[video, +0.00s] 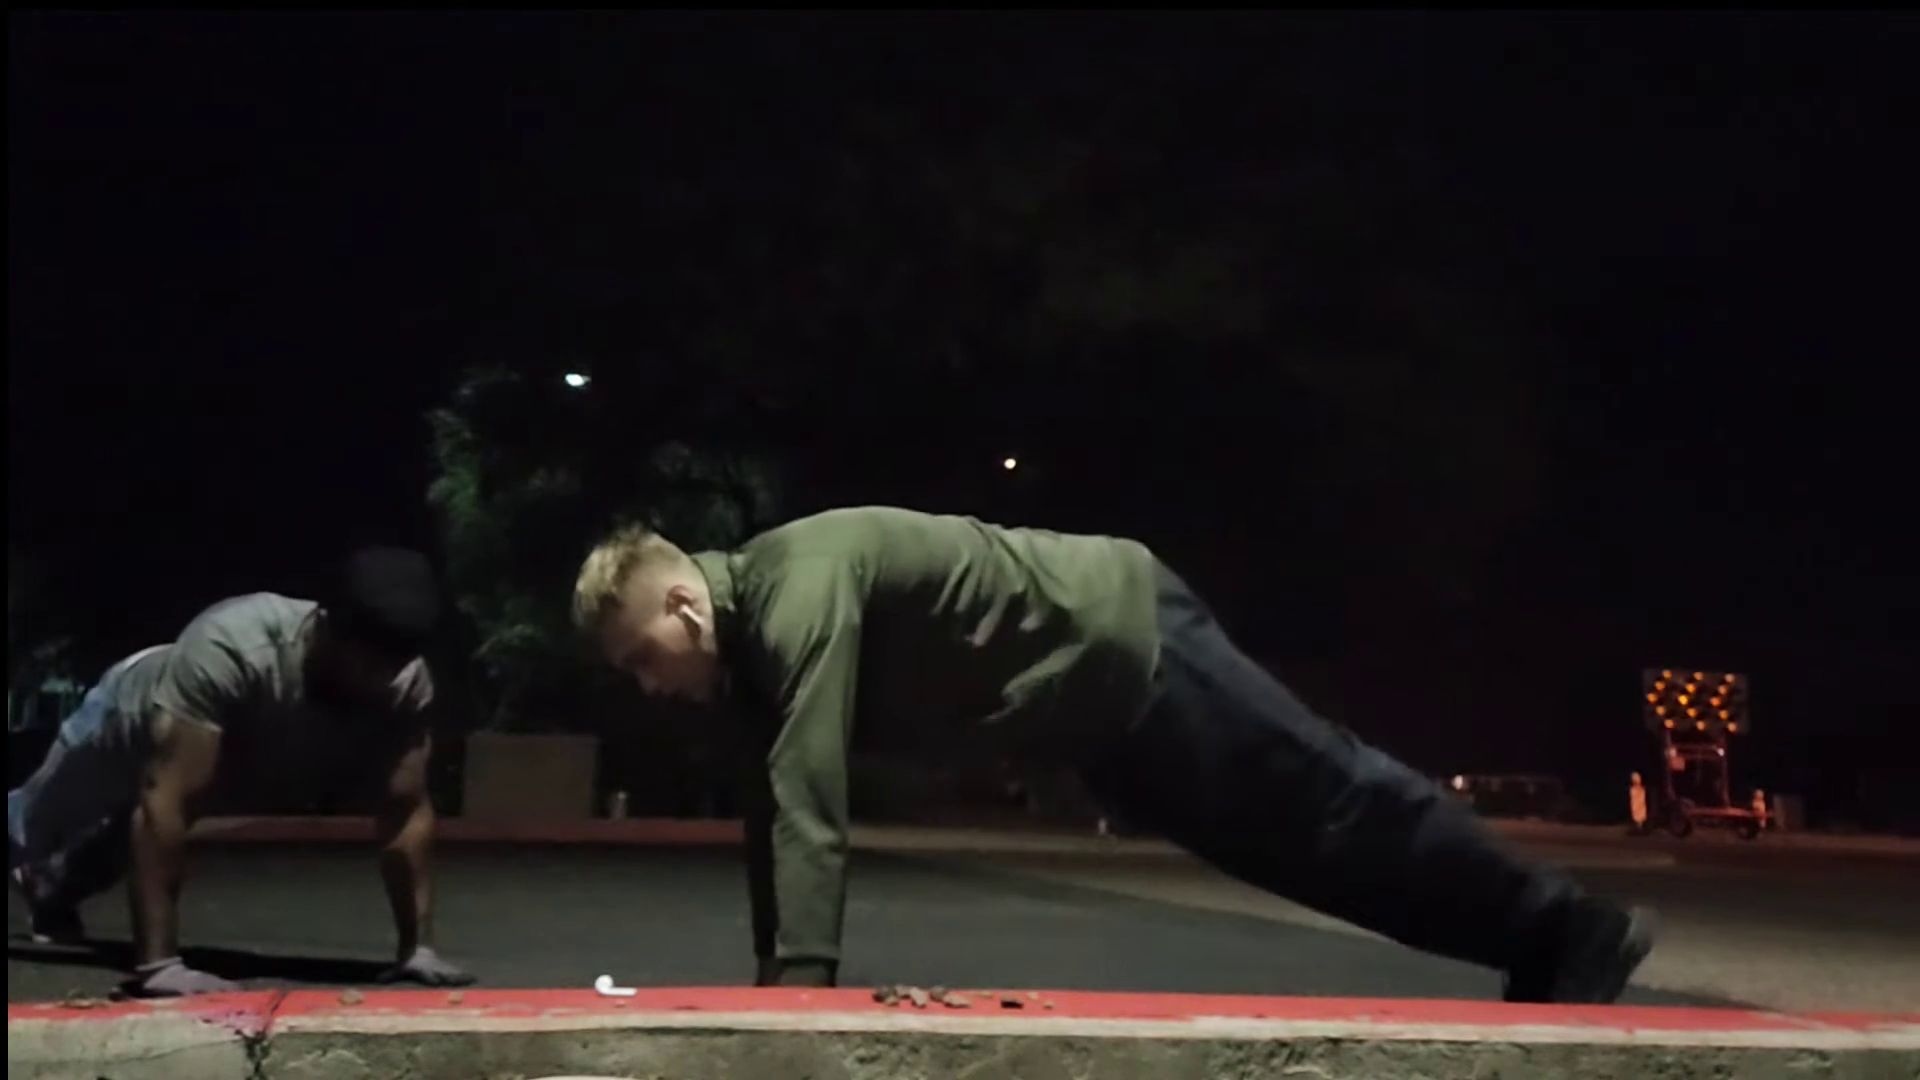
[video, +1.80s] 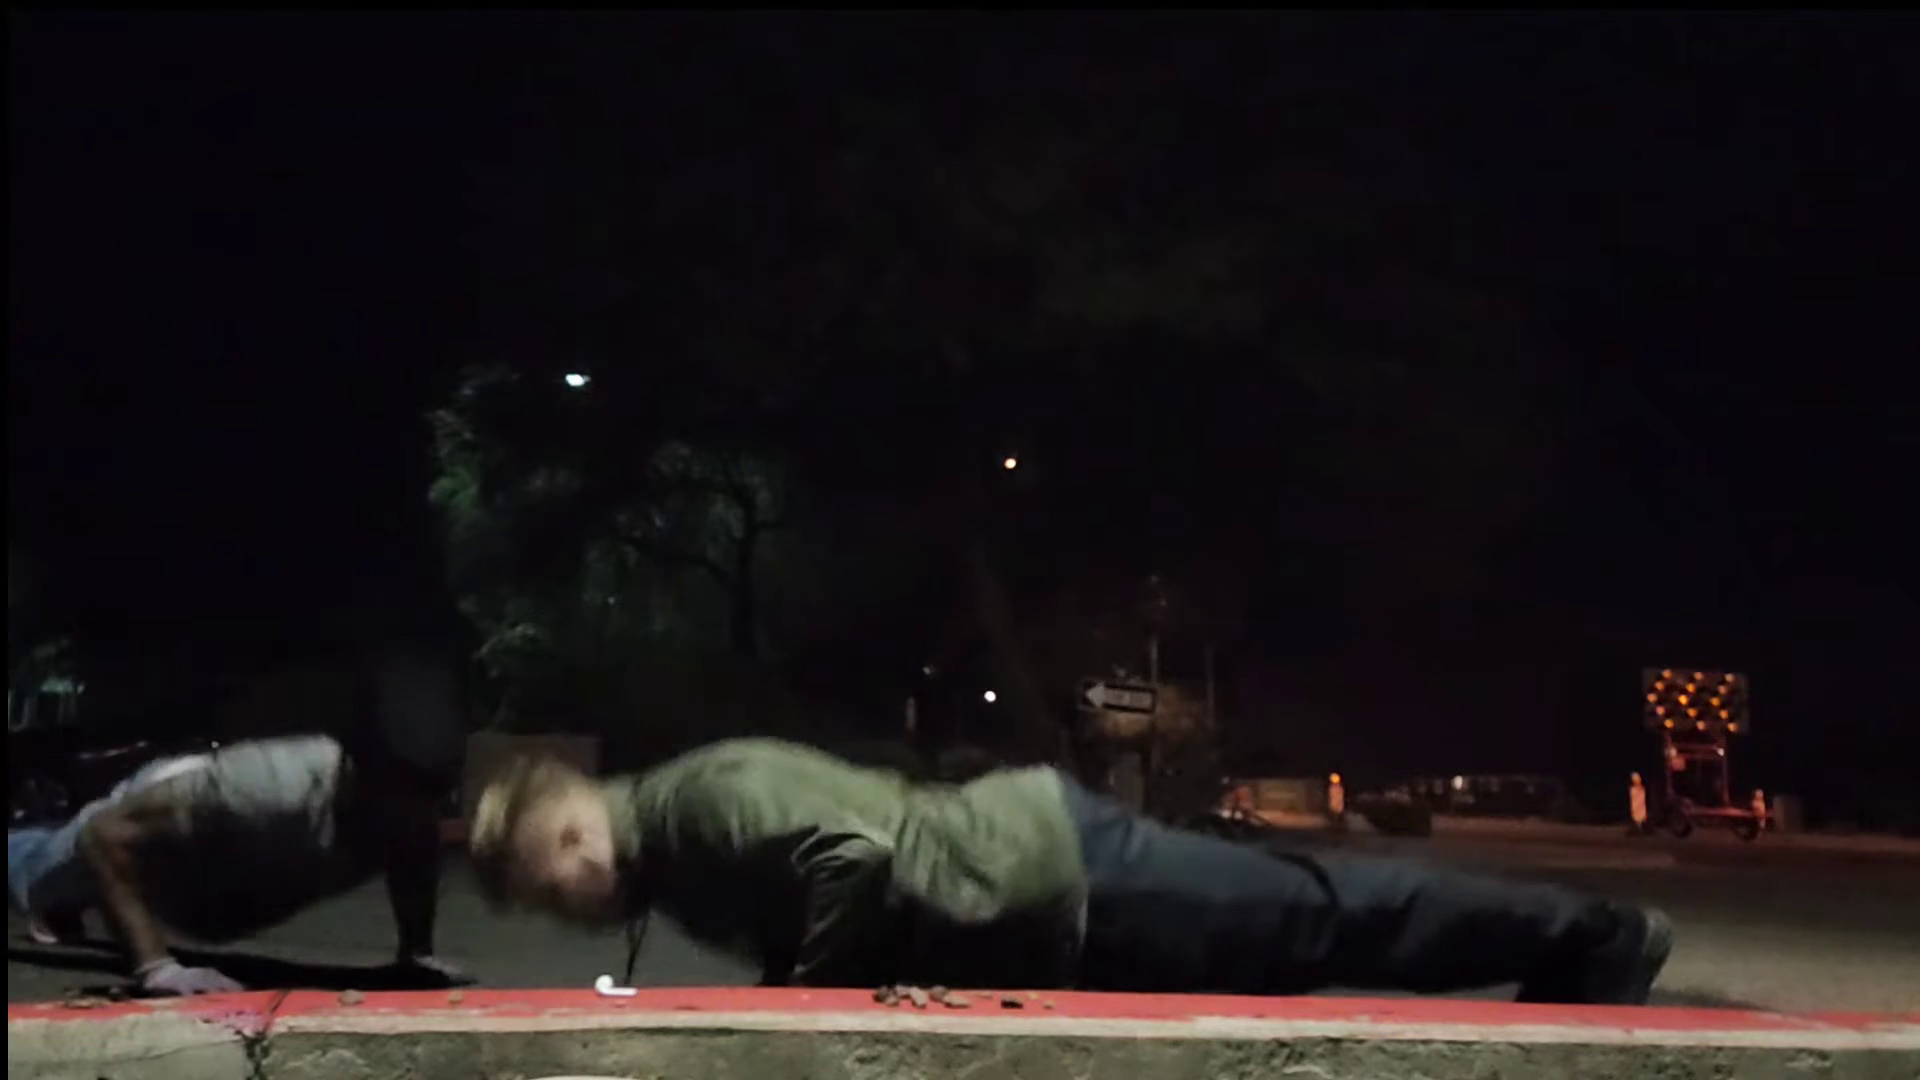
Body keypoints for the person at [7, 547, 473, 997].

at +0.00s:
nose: (393, 668)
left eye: (404, 654)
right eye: (379, 648)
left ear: (412, 650)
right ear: (333, 628)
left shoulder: (405, 686)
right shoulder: (228, 650)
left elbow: (408, 813)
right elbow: (161, 805)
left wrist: (417, 949)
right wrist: (158, 961)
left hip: (217, 750)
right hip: (127, 727)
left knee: (116, 848)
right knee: (35, 821)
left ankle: (54, 892)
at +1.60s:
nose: (403, 706)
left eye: (414, 691)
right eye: (392, 688)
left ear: (425, 688)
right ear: (355, 672)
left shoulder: (415, 727)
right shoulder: (260, 696)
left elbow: (410, 840)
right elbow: (128, 818)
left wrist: (416, 949)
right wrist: (156, 962)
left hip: (217, 768)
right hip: (144, 742)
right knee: (41, 827)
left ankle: (61, 896)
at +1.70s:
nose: (414, 755)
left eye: (424, 741)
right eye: (407, 737)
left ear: (426, 735)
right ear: (372, 720)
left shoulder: (398, 756)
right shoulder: (270, 743)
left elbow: (411, 845)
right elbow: (113, 827)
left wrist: (416, 947)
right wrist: (155, 962)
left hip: (211, 817)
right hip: (144, 781)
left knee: (96, 871)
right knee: (36, 857)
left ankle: (61, 903)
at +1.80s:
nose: (439, 813)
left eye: (443, 794)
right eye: (427, 790)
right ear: (387, 769)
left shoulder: (398, 798)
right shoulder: (278, 790)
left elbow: (414, 863)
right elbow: (107, 838)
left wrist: (415, 953)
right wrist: (154, 963)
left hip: (206, 836)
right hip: (134, 823)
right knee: (38, 864)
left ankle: (60, 903)